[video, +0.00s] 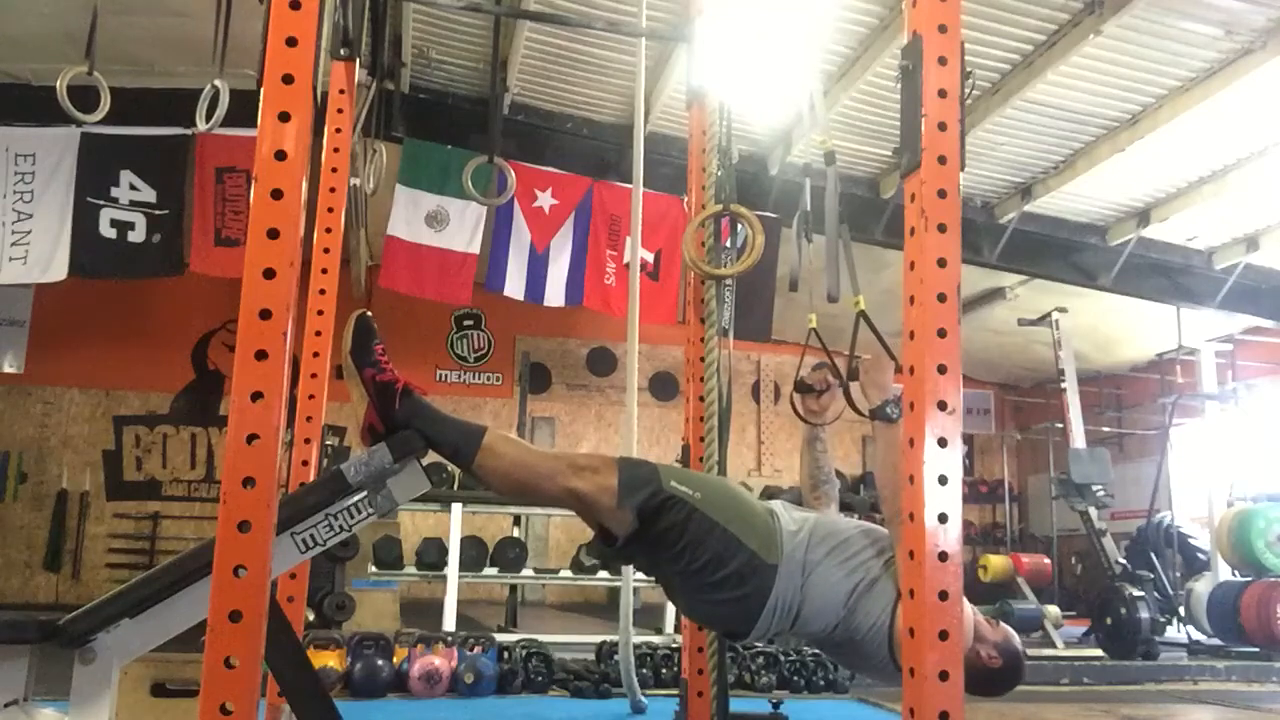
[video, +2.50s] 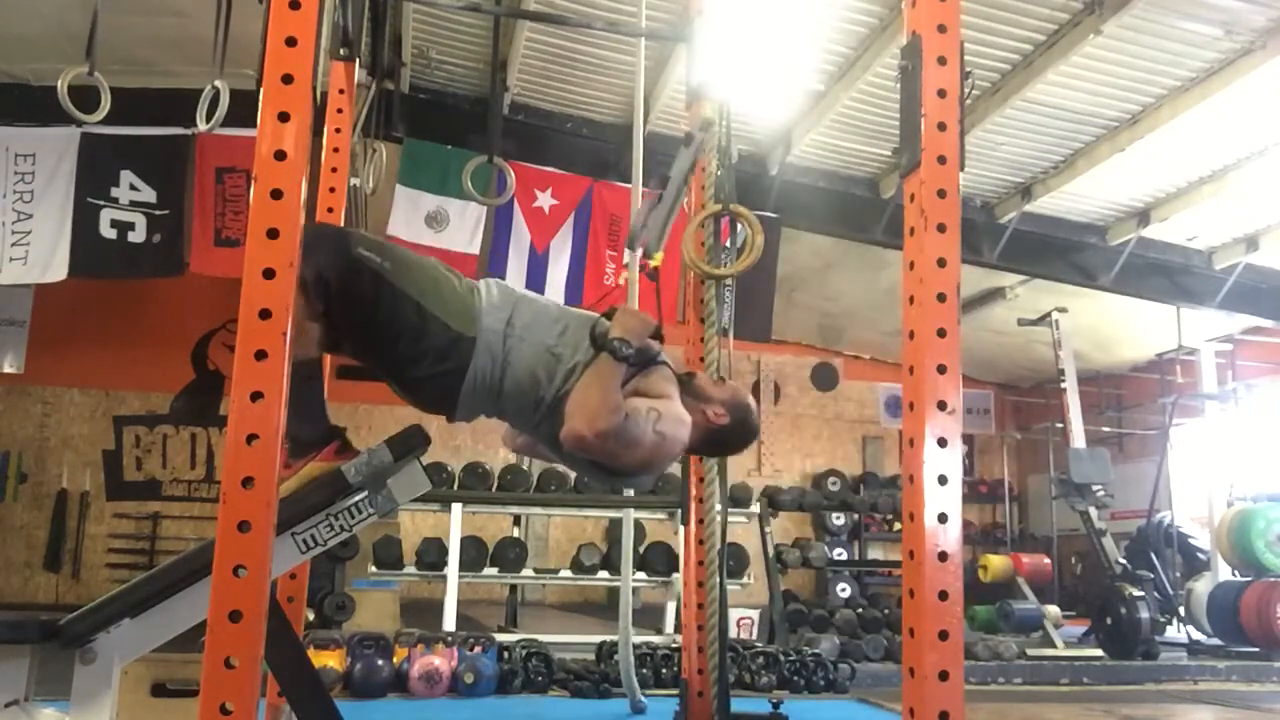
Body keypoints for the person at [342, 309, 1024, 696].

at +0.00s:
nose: (987, 628)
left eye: (992, 643)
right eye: (998, 632)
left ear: (973, 658)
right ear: (978, 636)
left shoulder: (941, 622)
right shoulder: (919, 641)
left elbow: (924, 516)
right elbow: (910, 511)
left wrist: (903, 414)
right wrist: (896, 419)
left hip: (765, 550)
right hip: (755, 577)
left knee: (598, 477)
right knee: (582, 491)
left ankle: (404, 408)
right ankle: (412, 437)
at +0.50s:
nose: (994, 631)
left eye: (999, 644)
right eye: (1003, 633)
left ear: (982, 659)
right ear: (985, 631)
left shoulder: (945, 639)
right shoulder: (935, 615)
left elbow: (931, 531)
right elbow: (904, 518)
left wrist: (923, 426)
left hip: (762, 564)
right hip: (758, 543)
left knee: (606, 481)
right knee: (587, 492)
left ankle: (407, 410)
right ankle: (411, 434)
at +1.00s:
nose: (1017, 568)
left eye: (1024, 583)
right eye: (1025, 569)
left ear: (1007, 613)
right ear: (1002, 566)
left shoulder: (966, 596)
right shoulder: (947, 564)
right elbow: (859, 499)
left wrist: (934, 454)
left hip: (771, 549)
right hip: (766, 522)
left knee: (606, 479)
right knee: (600, 470)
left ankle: (402, 412)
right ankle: (416, 432)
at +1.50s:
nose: (1019, 422)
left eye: (1030, 432)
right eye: (1025, 419)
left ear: (1027, 460)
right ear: (1011, 421)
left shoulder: (985, 465)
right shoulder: (964, 428)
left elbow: (907, 471)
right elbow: (886, 426)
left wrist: (918, 381)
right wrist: (895, 370)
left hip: (786, 443)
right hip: (776, 425)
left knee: (594, 373)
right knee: (579, 392)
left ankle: (389, 407)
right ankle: (398, 421)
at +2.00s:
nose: (855, 443)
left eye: (863, 458)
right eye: (864, 444)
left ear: (851, 479)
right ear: (847, 448)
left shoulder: (801, 481)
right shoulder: (791, 446)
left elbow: (722, 466)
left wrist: (754, 395)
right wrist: (755, 384)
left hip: (610, 390)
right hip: (610, 379)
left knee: (458, 259)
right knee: (450, 296)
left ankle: (342, 412)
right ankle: (339, 413)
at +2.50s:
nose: (718, 375)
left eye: (728, 389)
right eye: (729, 380)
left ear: (716, 418)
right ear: (713, 412)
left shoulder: (669, 428)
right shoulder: (657, 391)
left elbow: (589, 429)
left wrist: (627, 348)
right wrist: (630, 338)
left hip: (467, 344)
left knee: (317, 248)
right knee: (315, 281)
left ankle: (305, 418)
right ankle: (302, 420)